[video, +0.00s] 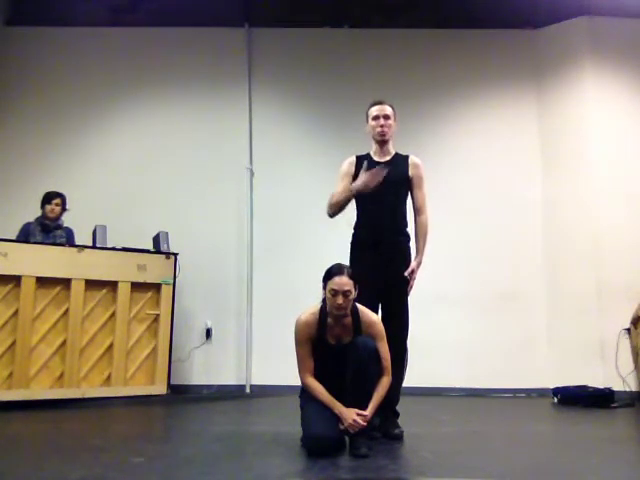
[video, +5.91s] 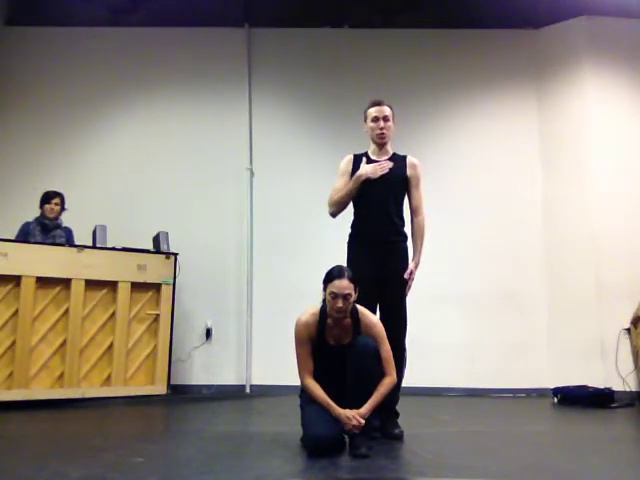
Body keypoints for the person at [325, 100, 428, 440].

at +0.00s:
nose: (382, 123)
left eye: (387, 118)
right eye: (376, 118)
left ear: (395, 124)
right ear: (367, 125)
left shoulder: (411, 166)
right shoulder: (354, 164)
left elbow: (421, 214)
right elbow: (332, 208)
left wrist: (418, 259)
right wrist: (357, 186)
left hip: (396, 258)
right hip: (363, 257)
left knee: (395, 338)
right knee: (359, 336)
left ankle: (388, 415)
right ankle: (358, 416)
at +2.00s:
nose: (381, 124)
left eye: (386, 119)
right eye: (375, 120)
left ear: (394, 125)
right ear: (366, 127)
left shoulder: (409, 166)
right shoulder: (353, 163)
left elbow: (419, 215)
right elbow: (332, 205)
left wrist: (416, 259)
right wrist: (365, 177)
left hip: (394, 257)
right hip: (362, 257)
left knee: (395, 337)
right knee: (358, 336)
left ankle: (388, 415)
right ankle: (359, 416)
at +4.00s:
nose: (380, 121)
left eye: (385, 117)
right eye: (375, 117)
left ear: (393, 124)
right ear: (365, 126)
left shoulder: (409, 165)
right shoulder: (352, 162)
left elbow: (418, 215)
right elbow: (331, 204)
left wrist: (415, 259)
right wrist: (364, 175)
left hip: (393, 257)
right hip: (361, 256)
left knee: (395, 337)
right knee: (358, 336)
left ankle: (388, 415)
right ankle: (359, 416)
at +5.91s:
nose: (381, 124)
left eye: (386, 119)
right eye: (375, 119)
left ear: (394, 125)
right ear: (365, 126)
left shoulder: (409, 166)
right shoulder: (352, 163)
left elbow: (418, 215)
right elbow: (333, 208)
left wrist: (415, 259)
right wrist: (360, 176)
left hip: (394, 257)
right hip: (361, 256)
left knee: (394, 337)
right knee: (358, 336)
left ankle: (388, 415)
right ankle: (358, 416)